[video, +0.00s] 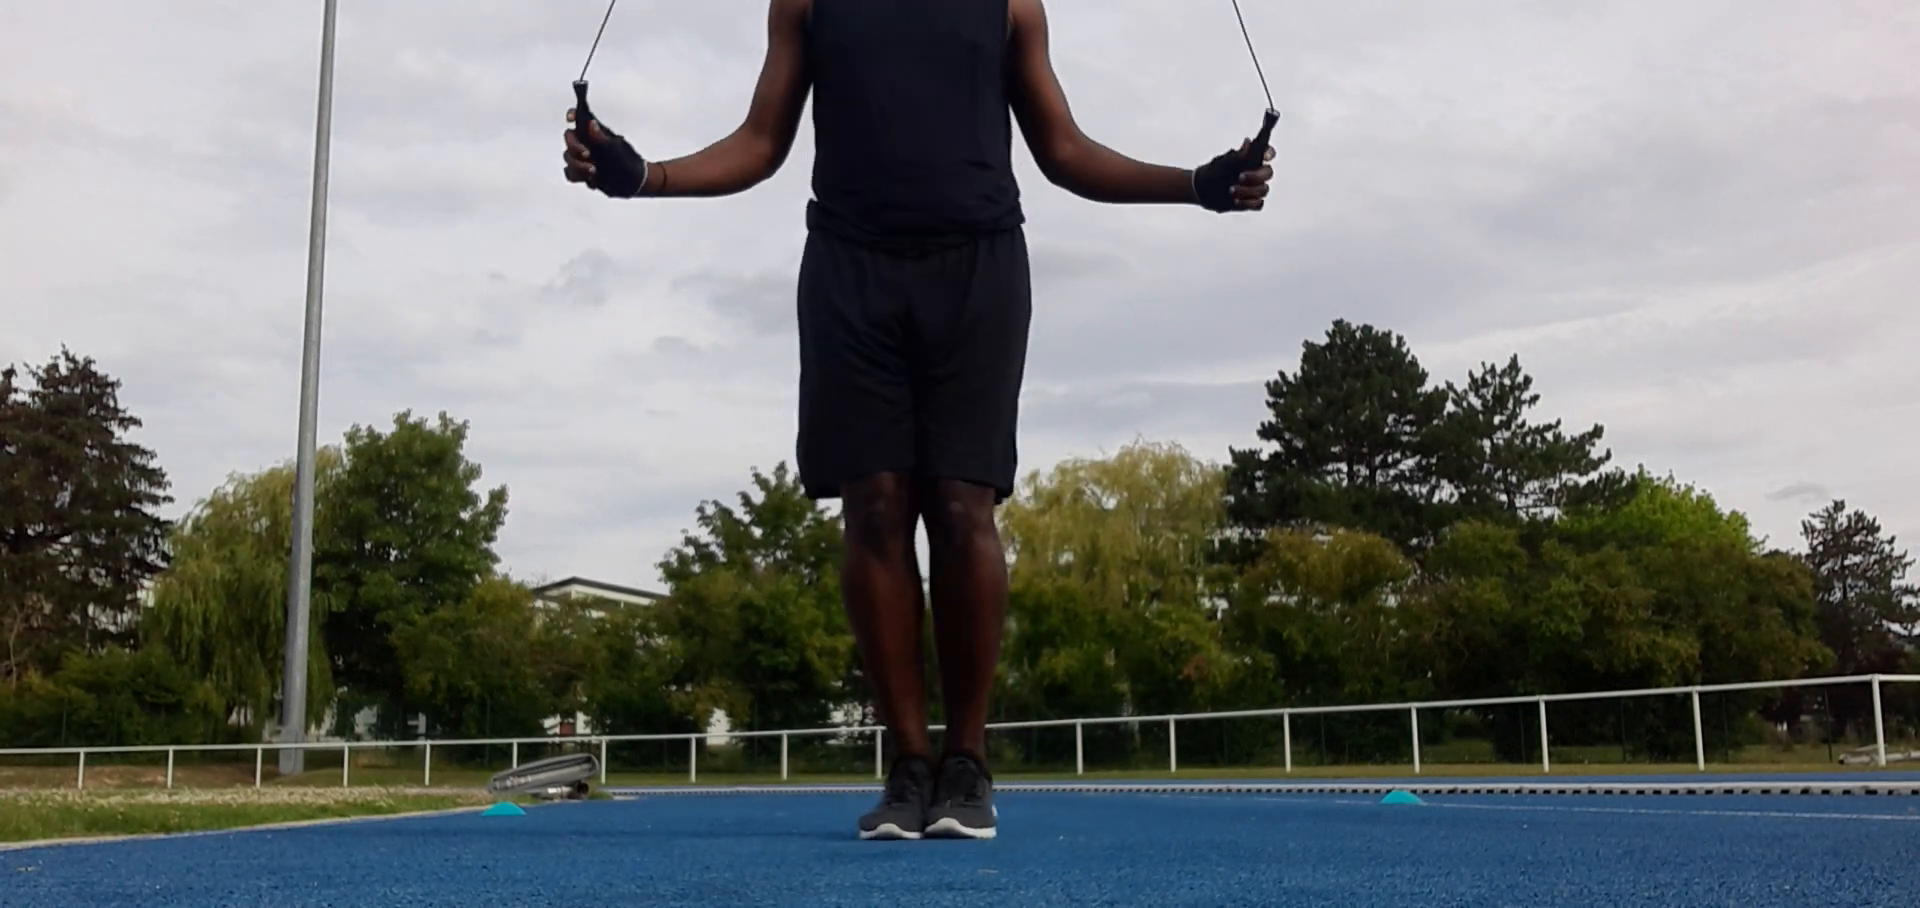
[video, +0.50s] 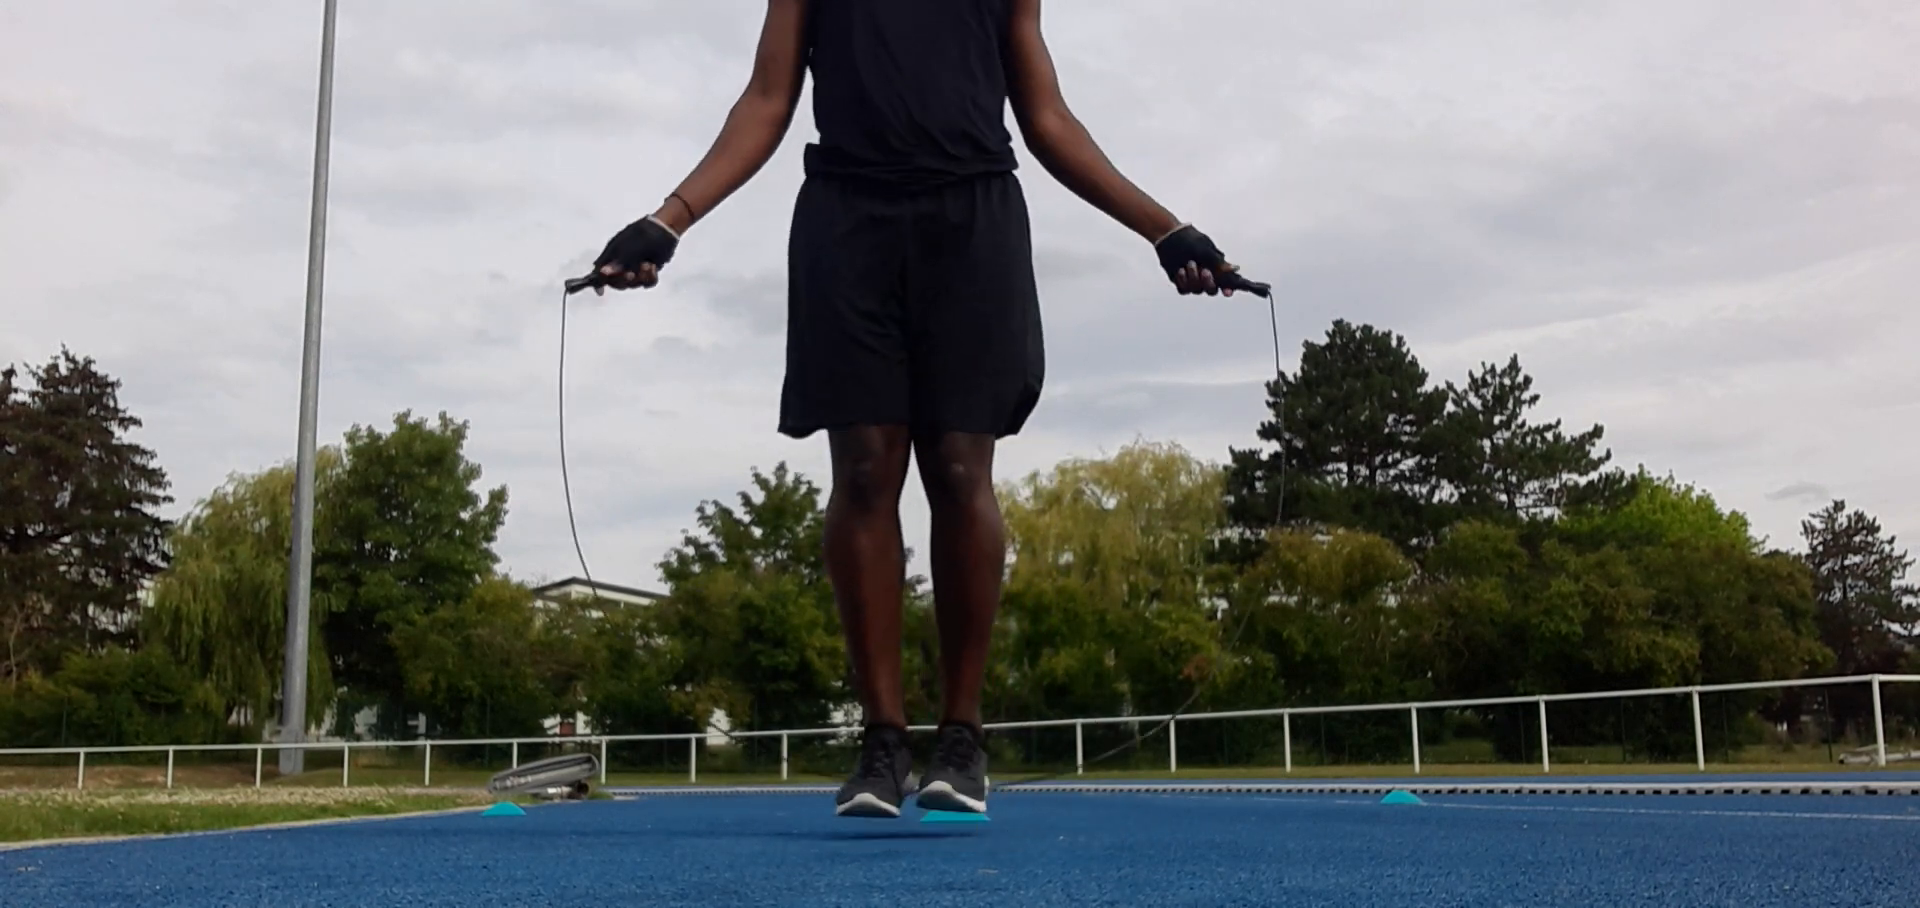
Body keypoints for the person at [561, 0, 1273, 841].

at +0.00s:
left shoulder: (1008, 9)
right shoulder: (805, 8)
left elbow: (1066, 151)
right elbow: (760, 140)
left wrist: (1197, 182)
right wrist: (644, 174)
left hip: (977, 264)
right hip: (851, 264)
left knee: (961, 507)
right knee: (875, 507)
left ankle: (966, 768)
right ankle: (909, 772)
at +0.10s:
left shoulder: (1006, 3)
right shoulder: (803, 2)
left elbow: (1055, 113)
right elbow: (765, 97)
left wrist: (1170, 224)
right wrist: (661, 216)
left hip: (976, 214)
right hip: (847, 218)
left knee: (965, 469)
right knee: (868, 469)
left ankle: (971, 744)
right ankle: (896, 754)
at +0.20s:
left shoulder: (1008, 7)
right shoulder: (806, 4)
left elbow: (1044, 124)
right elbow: (772, 108)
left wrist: (1184, 196)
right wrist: (654, 196)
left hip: (976, 215)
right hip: (847, 217)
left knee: (957, 472)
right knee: (872, 472)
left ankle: (956, 746)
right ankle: (887, 751)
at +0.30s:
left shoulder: (1004, 13)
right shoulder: (804, 11)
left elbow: (1060, 164)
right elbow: (757, 151)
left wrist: (1206, 167)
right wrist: (630, 168)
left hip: (974, 260)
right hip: (846, 260)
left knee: (950, 514)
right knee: (870, 510)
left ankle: (944, 773)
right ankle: (890, 774)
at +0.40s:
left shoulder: (1005, 9)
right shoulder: (801, 9)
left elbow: (1057, 149)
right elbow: (757, 134)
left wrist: (1190, 194)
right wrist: (649, 181)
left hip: (970, 256)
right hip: (847, 256)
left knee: (953, 502)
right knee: (865, 499)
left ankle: (945, 760)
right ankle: (888, 765)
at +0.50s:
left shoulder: (1006, 5)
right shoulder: (801, 4)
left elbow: (1048, 119)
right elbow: (767, 97)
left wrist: (1166, 229)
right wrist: (667, 218)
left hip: (974, 216)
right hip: (847, 218)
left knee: (959, 467)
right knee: (865, 465)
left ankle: (959, 737)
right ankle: (883, 739)